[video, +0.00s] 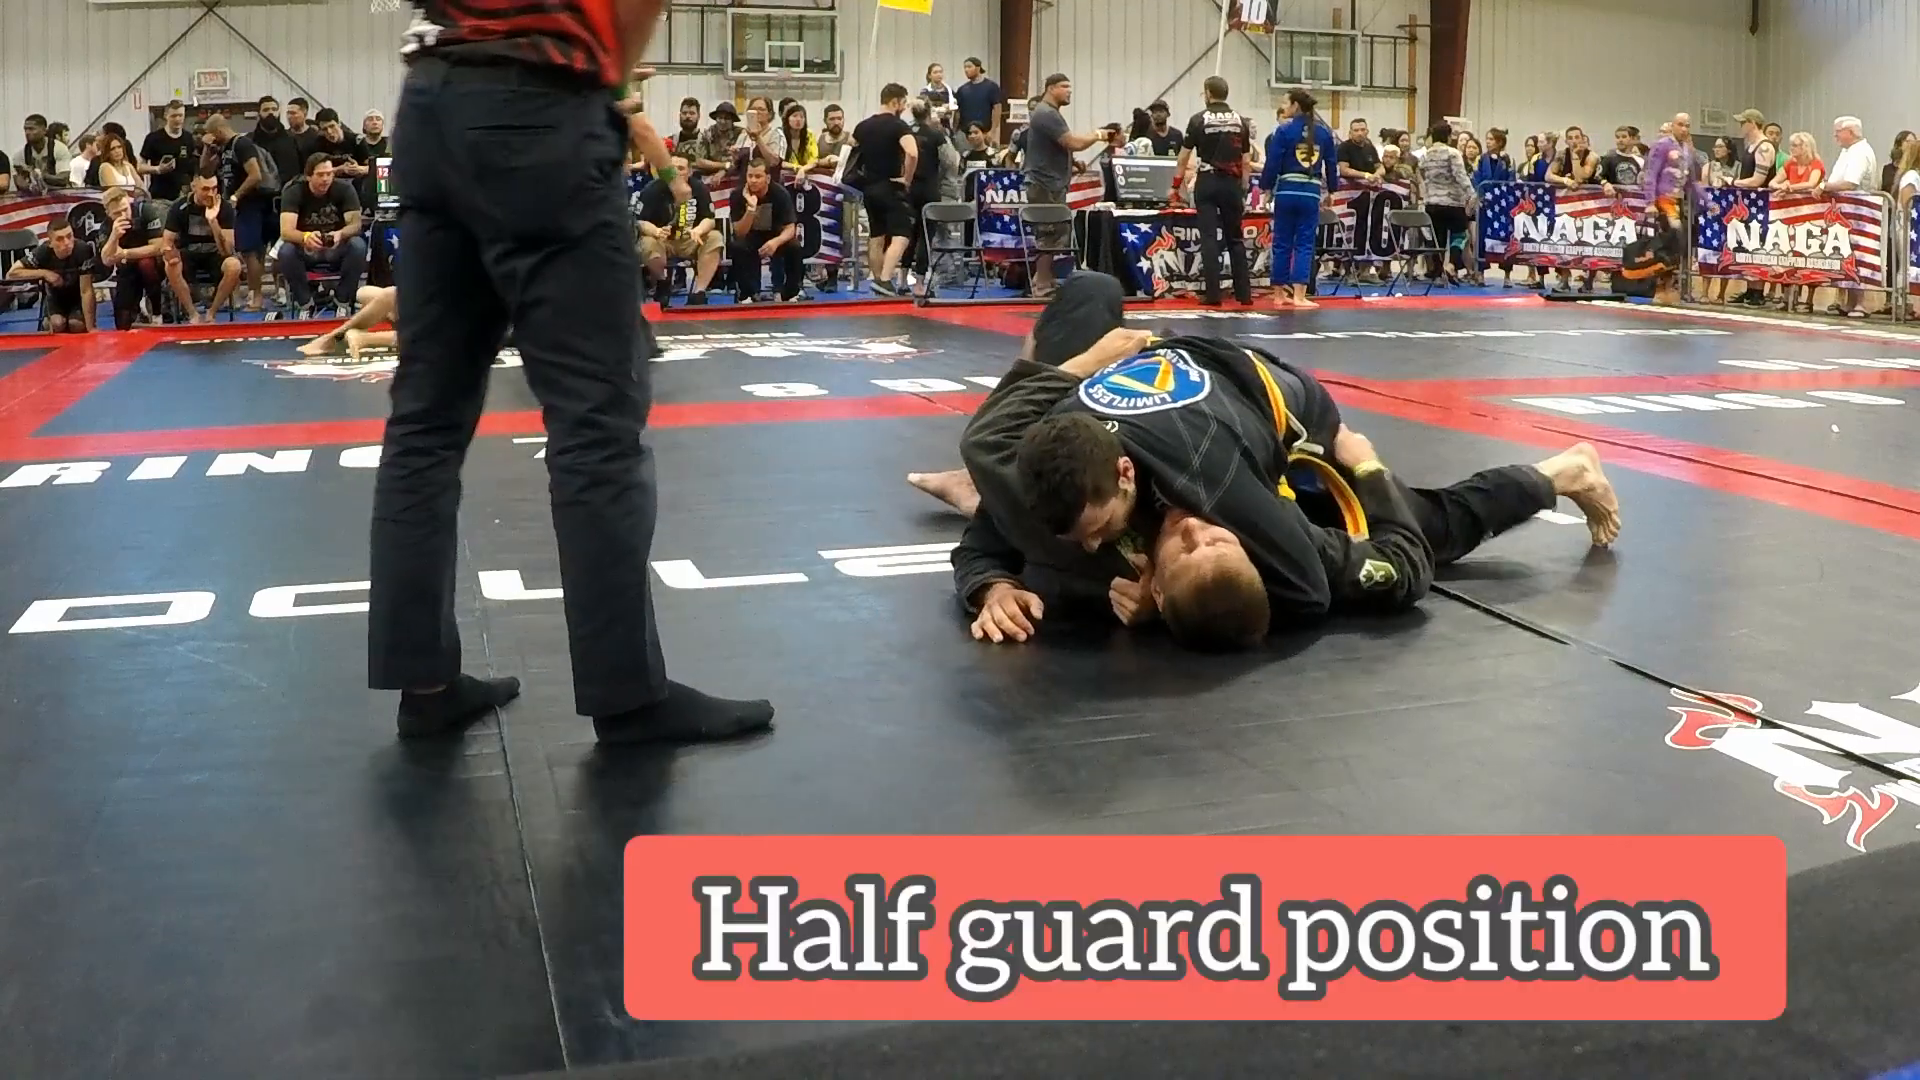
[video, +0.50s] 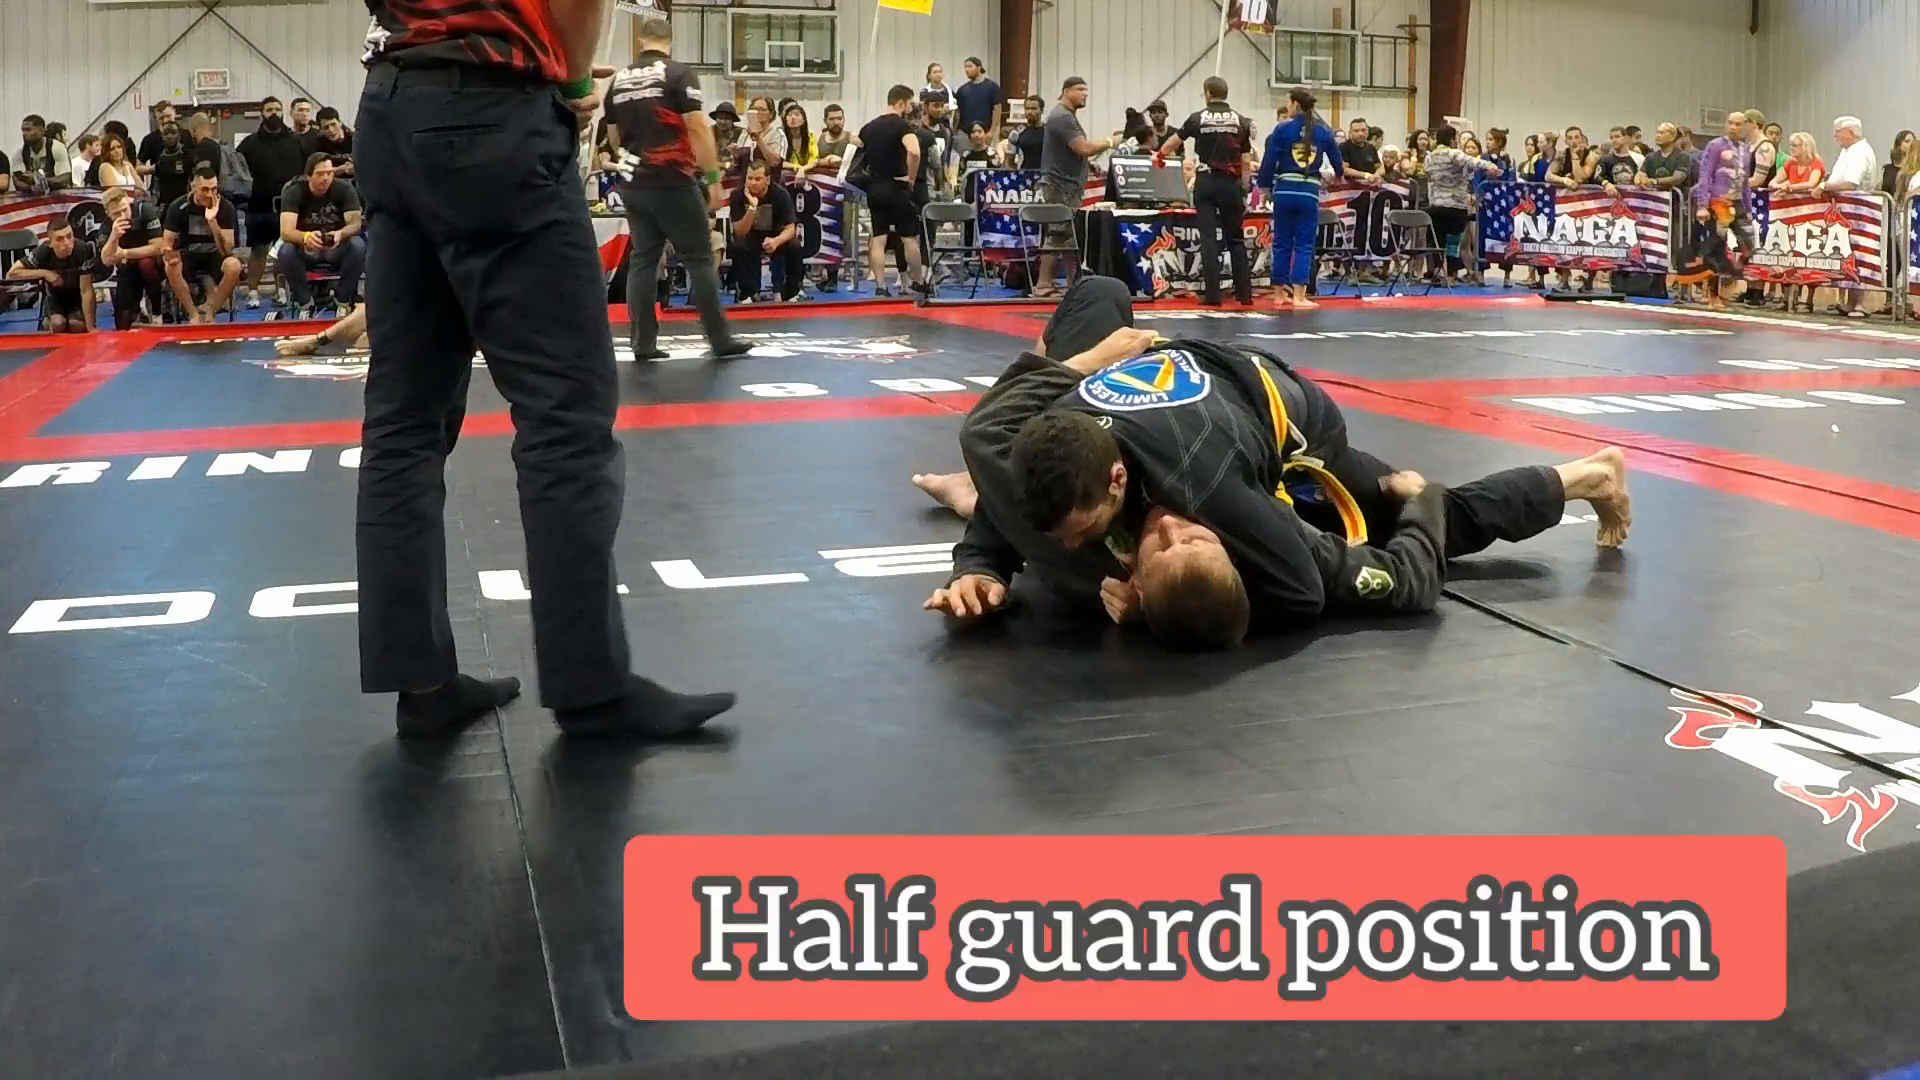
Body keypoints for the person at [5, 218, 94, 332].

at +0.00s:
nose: (67, 243)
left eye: (69, 237)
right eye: (60, 239)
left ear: (73, 235)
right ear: (50, 241)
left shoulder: (83, 249)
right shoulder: (43, 251)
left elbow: (86, 291)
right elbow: (12, 273)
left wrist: (91, 328)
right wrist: (44, 273)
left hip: (77, 293)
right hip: (55, 293)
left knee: (77, 325)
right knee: (58, 323)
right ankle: (46, 324)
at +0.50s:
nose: (67, 243)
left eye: (69, 237)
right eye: (60, 239)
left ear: (73, 235)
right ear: (50, 241)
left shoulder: (83, 249)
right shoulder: (44, 251)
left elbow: (86, 290)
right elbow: (12, 273)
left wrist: (91, 328)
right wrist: (44, 273)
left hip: (78, 292)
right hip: (56, 292)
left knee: (78, 325)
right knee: (58, 323)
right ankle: (46, 324)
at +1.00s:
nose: (67, 243)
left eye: (69, 237)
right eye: (60, 239)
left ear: (73, 235)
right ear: (50, 241)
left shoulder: (83, 249)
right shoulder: (44, 251)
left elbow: (86, 290)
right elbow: (12, 274)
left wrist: (91, 328)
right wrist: (44, 273)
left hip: (77, 292)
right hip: (55, 293)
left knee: (76, 325)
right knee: (58, 324)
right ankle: (46, 323)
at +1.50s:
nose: (67, 243)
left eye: (69, 237)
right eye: (60, 239)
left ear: (73, 235)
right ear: (50, 241)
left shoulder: (83, 249)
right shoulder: (44, 251)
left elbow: (86, 290)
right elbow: (12, 273)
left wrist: (91, 328)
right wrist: (44, 273)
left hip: (78, 291)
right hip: (56, 291)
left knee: (76, 325)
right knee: (58, 323)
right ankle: (46, 323)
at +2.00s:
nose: (67, 243)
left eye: (69, 237)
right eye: (60, 239)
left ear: (73, 234)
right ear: (50, 241)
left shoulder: (83, 250)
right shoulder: (44, 251)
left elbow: (86, 291)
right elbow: (12, 273)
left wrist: (91, 328)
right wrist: (44, 273)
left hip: (78, 291)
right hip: (55, 292)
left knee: (76, 324)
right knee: (58, 323)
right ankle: (46, 323)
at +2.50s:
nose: (67, 243)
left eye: (69, 237)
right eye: (60, 239)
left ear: (73, 235)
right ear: (50, 241)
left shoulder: (83, 250)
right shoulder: (44, 251)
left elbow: (86, 291)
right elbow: (12, 273)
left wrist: (91, 328)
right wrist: (44, 273)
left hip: (78, 293)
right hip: (56, 293)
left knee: (76, 325)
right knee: (58, 323)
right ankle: (46, 323)